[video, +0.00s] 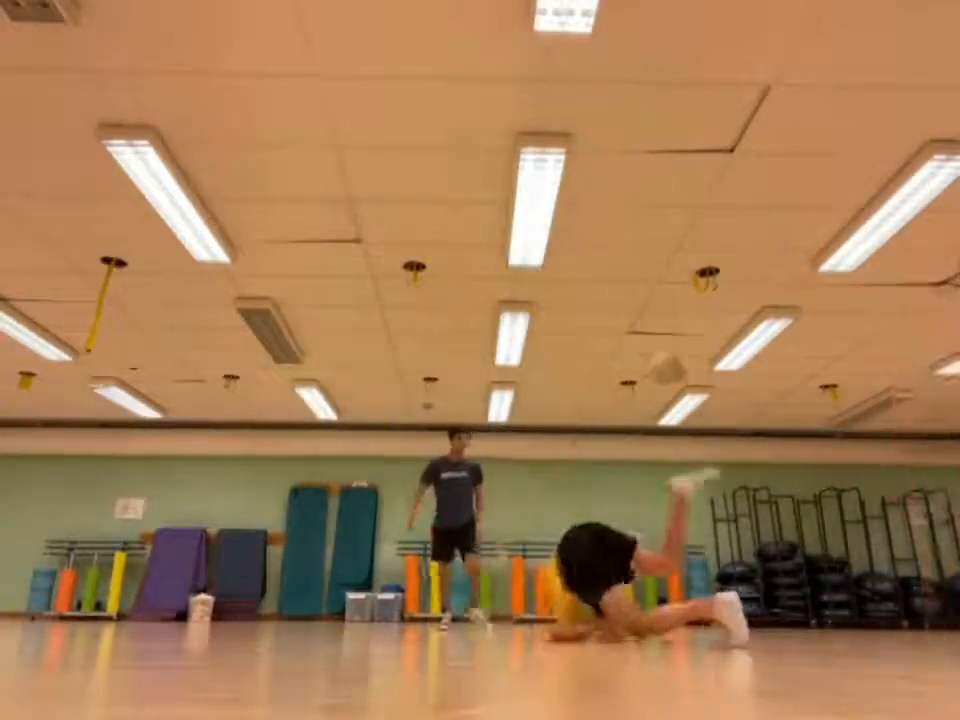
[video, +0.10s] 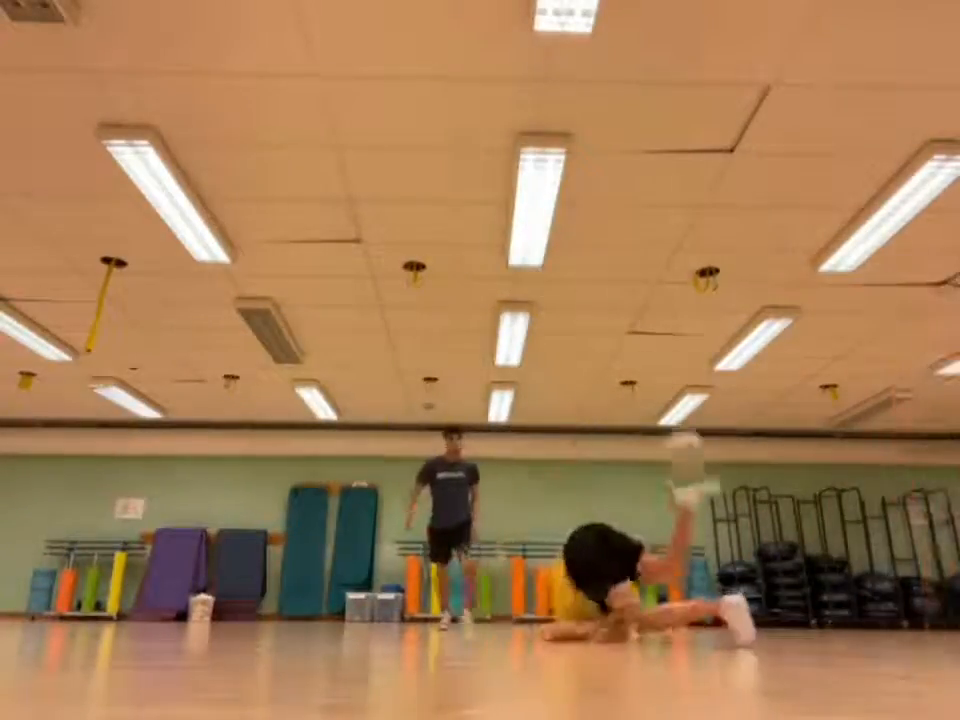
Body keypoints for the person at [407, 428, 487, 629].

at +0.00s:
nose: (462, 444)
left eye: (465, 440)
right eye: (459, 439)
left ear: (469, 442)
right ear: (451, 441)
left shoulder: (473, 469)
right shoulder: (437, 466)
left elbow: (479, 494)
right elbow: (421, 490)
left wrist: (479, 517)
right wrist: (413, 514)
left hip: (467, 523)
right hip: (443, 525)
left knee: (474, 565)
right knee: (444, 568)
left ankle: (474, 607)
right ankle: (446, 611)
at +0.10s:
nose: (454, 444)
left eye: (457, 440)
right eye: (450, 440)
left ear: (461, 442)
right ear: (445, 442)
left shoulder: (469, 468)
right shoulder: (432, 466)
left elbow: (474, 495)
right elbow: (417, 489)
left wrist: (474, 520)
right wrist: (411, 511)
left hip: (462, 523)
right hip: (439, 525)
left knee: (468, 564)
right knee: (441, 569)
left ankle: (468, 608)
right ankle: (445, 611)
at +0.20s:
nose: (452, 445)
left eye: (455, 440)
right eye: (448, 440)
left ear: (460, 443)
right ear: (442, 442)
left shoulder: (466, 468)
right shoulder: (429, 465)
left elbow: (472, 494)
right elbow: (415, 486)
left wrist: (471, 519)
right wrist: (414, 508)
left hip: (459, 523)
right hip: (435, 524)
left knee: (460, 563)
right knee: (439, 570)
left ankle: (456, 610)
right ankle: (444, 612)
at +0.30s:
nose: (451, 444)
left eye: (455, 440)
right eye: (448, 439)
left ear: (459, 443)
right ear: (441, 441)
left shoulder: (463, 469)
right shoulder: (426, 465)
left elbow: (468, 496)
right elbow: (412, 487)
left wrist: (467, 520)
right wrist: (414, 505)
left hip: (455, 522)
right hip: (431, 523)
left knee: (452, 560)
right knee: (437, 569)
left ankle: (448, 609)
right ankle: (443, 610)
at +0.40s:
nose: (450, 445)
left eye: (453, 440)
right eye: (447, 440)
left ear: (457, 443)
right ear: (439, 440)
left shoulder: (459, 469)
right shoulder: (423, 465)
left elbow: (465, 496)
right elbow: (409, 487)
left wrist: (462, 518)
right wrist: (412, 506)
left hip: (451, 521)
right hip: (428, 521)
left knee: (447, 562)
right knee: (433, 569)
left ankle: (444, 609)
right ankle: (442, 609)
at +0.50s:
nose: (450, 446)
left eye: (452, 441)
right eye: (446, 441)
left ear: (454, 443)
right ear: (437, 440)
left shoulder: (454, 468)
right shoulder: (419, 462)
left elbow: (460, 496)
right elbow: (405, 484)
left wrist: (458, 520)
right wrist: (407, 502)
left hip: (445, 522)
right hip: (423, 522)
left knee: (443, 565)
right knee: (428, 571)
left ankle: (444, 607)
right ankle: (434, 611)